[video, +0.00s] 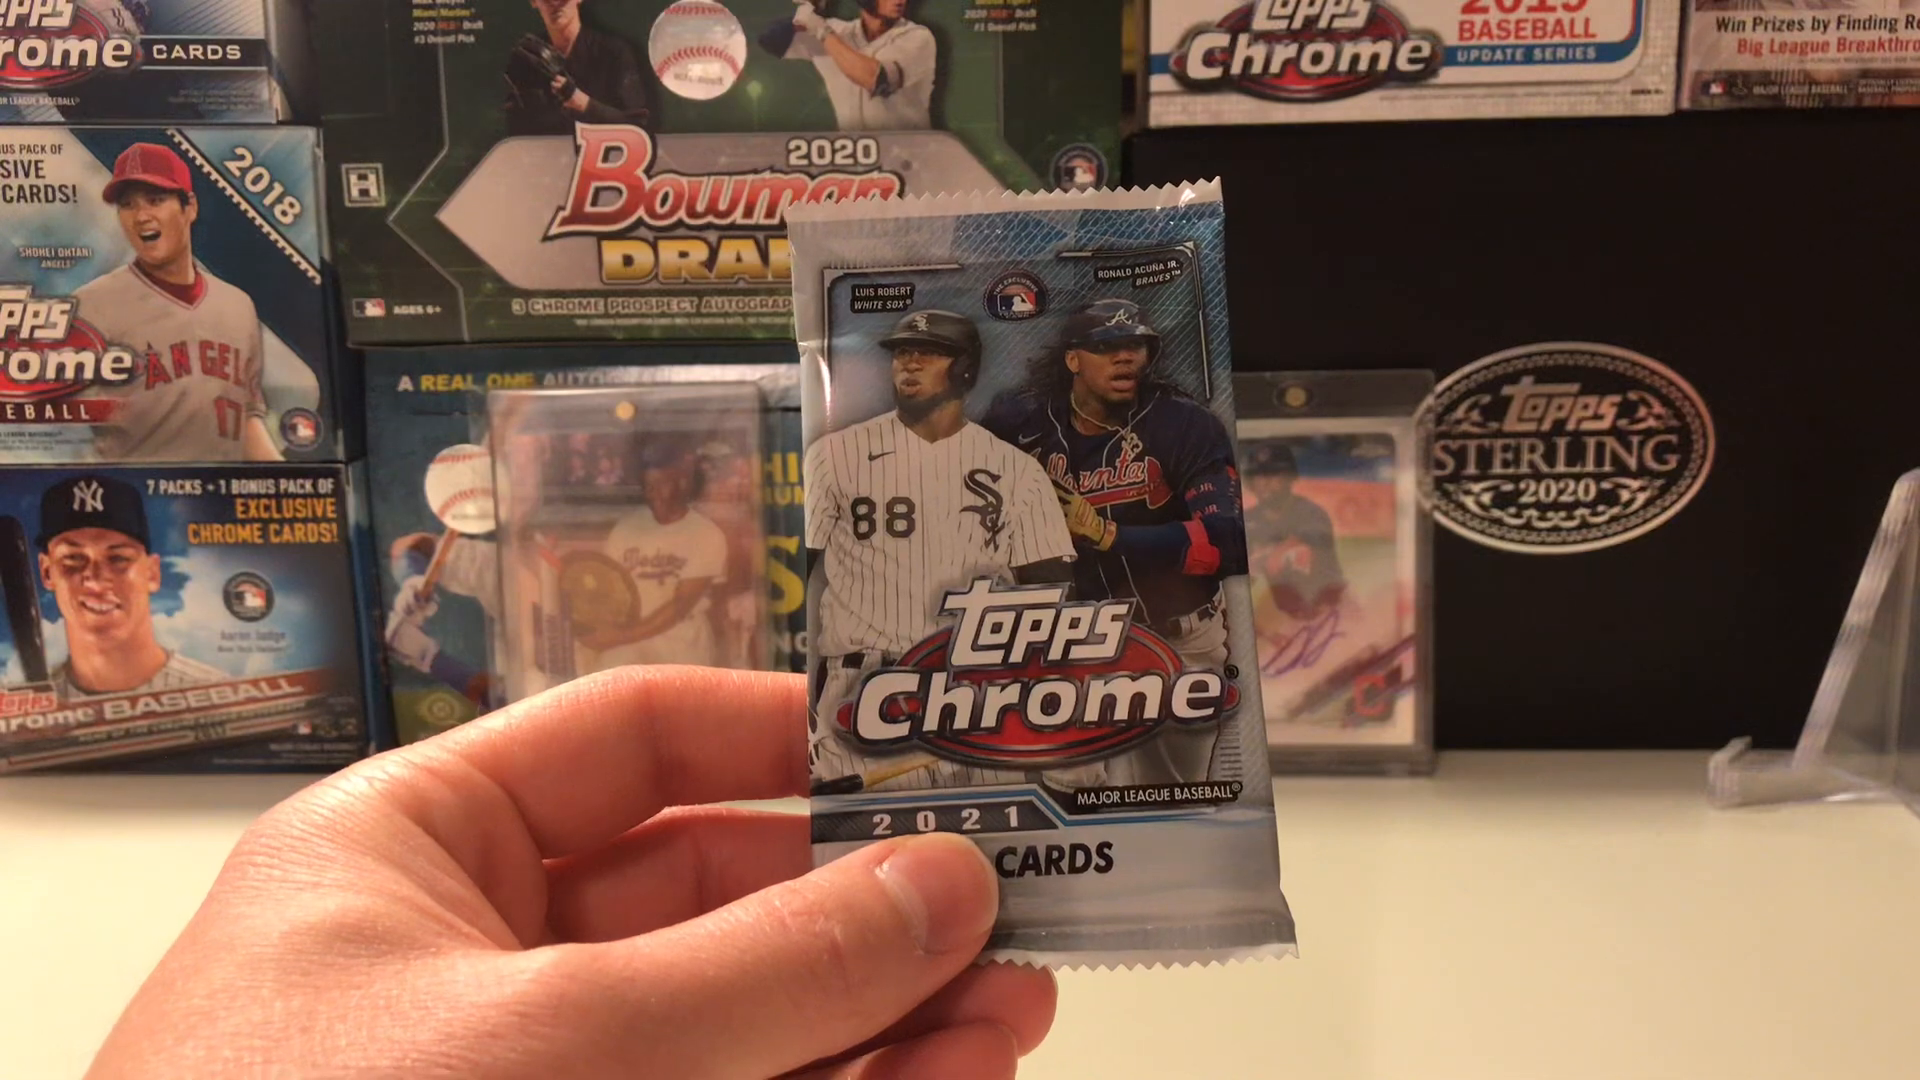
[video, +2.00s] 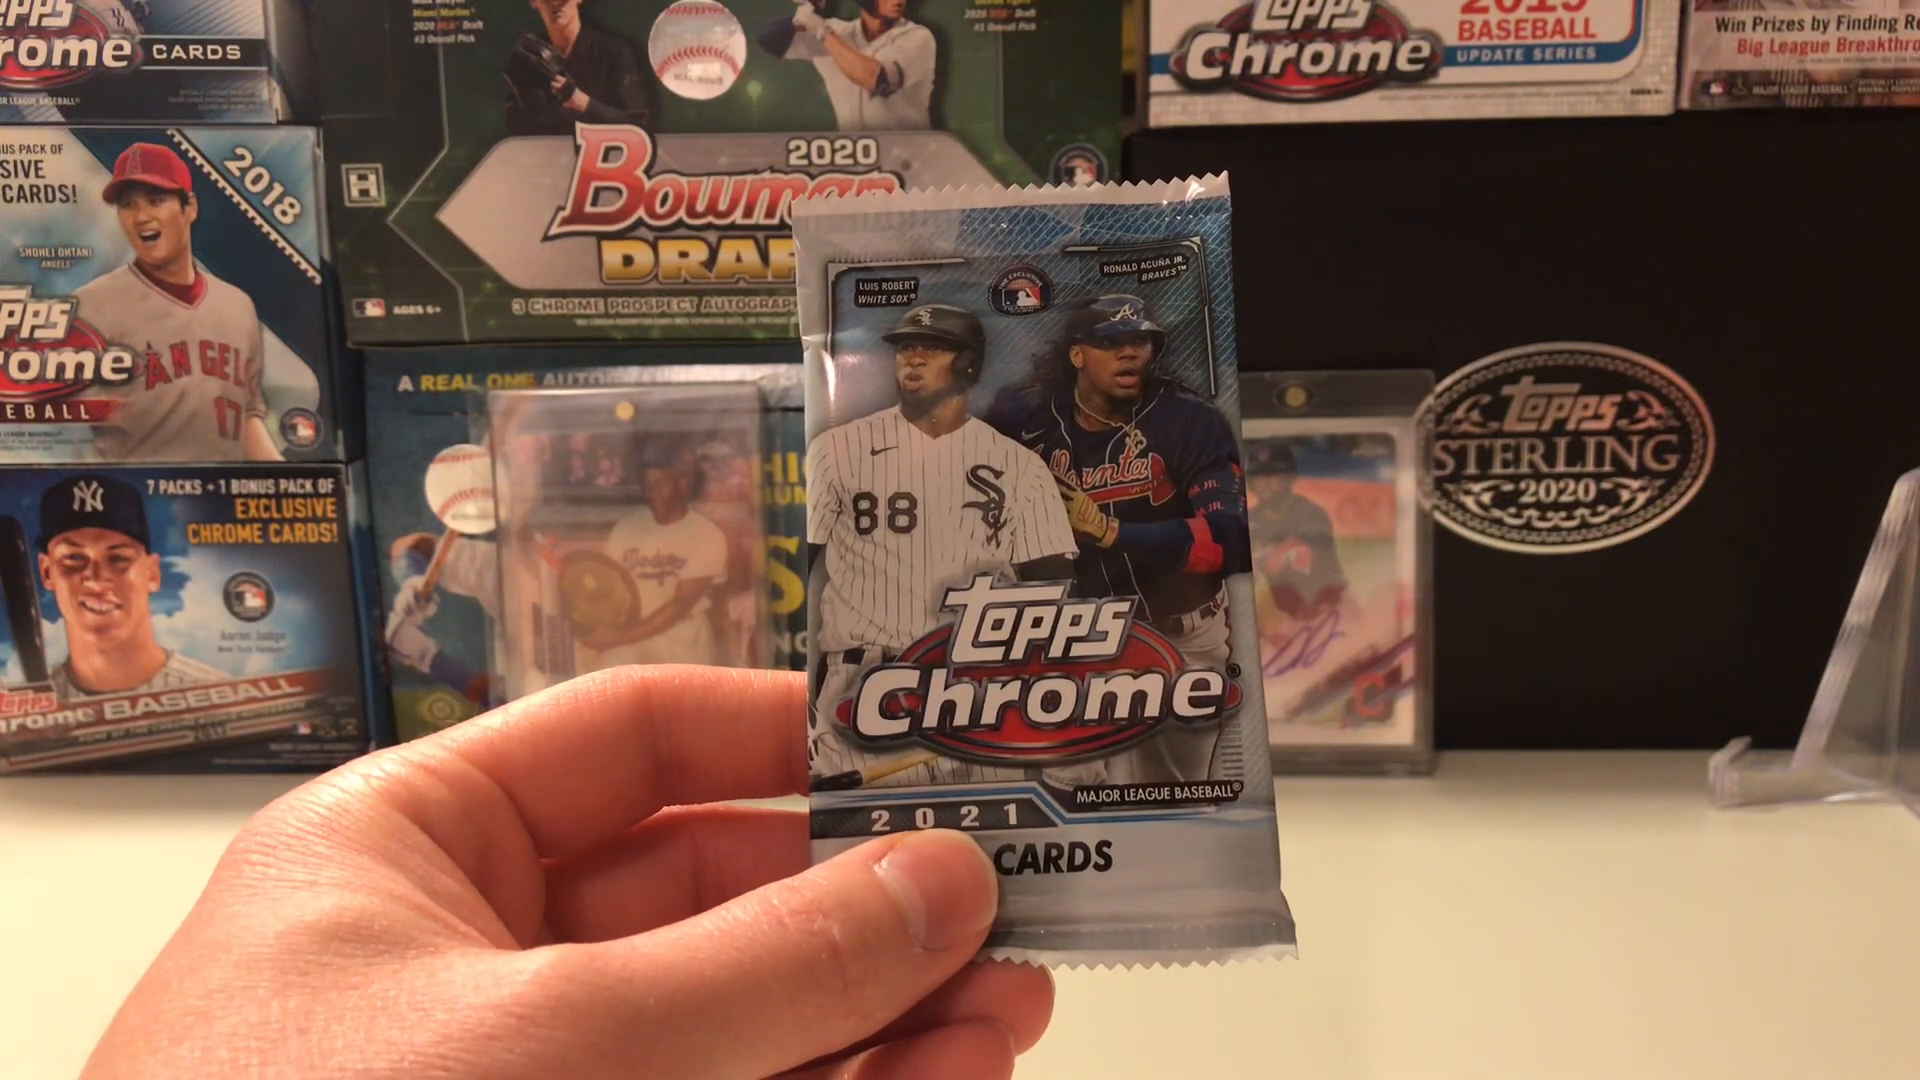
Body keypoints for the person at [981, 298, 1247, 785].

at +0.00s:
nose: (1128, 358)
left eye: (1136, 346)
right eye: (1110, 347)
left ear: (1149, 353)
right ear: (1073, 360)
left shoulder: (1186, 426)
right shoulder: (1021, 423)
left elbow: (1225, 541)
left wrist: (1109, 534)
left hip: (1181, 634)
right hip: (1072, 639)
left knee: (1177, 802)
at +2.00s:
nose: (1132, 354)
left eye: (1141, 341)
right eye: (1114, 343)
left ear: (1154, 348)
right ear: (1077, 355)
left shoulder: (1191, 423)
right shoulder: (1024, 418)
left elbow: (1228, 537)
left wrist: (1113, 531)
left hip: (1184, 631)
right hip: (1073, 638)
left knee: (1184, 802)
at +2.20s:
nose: (1132, 353)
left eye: (1140, 340)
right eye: (1114, 342)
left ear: (1153, 348)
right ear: (1076, 354)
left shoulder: (1191, 422)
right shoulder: (1023, 418)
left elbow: (1228, 537)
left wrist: (1112, 530)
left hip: (1182, 630)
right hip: (1070, 636)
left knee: (1179, 799)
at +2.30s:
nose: (1135, 355)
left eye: (1144, 342)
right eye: (1117, 344)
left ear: (1157, 350)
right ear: (1080, 356)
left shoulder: (1194, 425)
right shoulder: (1027, 420)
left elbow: (1232, 540)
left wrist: (1115, 533)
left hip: (1184, 632)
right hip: (1072, 636)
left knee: (1181, 802)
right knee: (1074, 798)